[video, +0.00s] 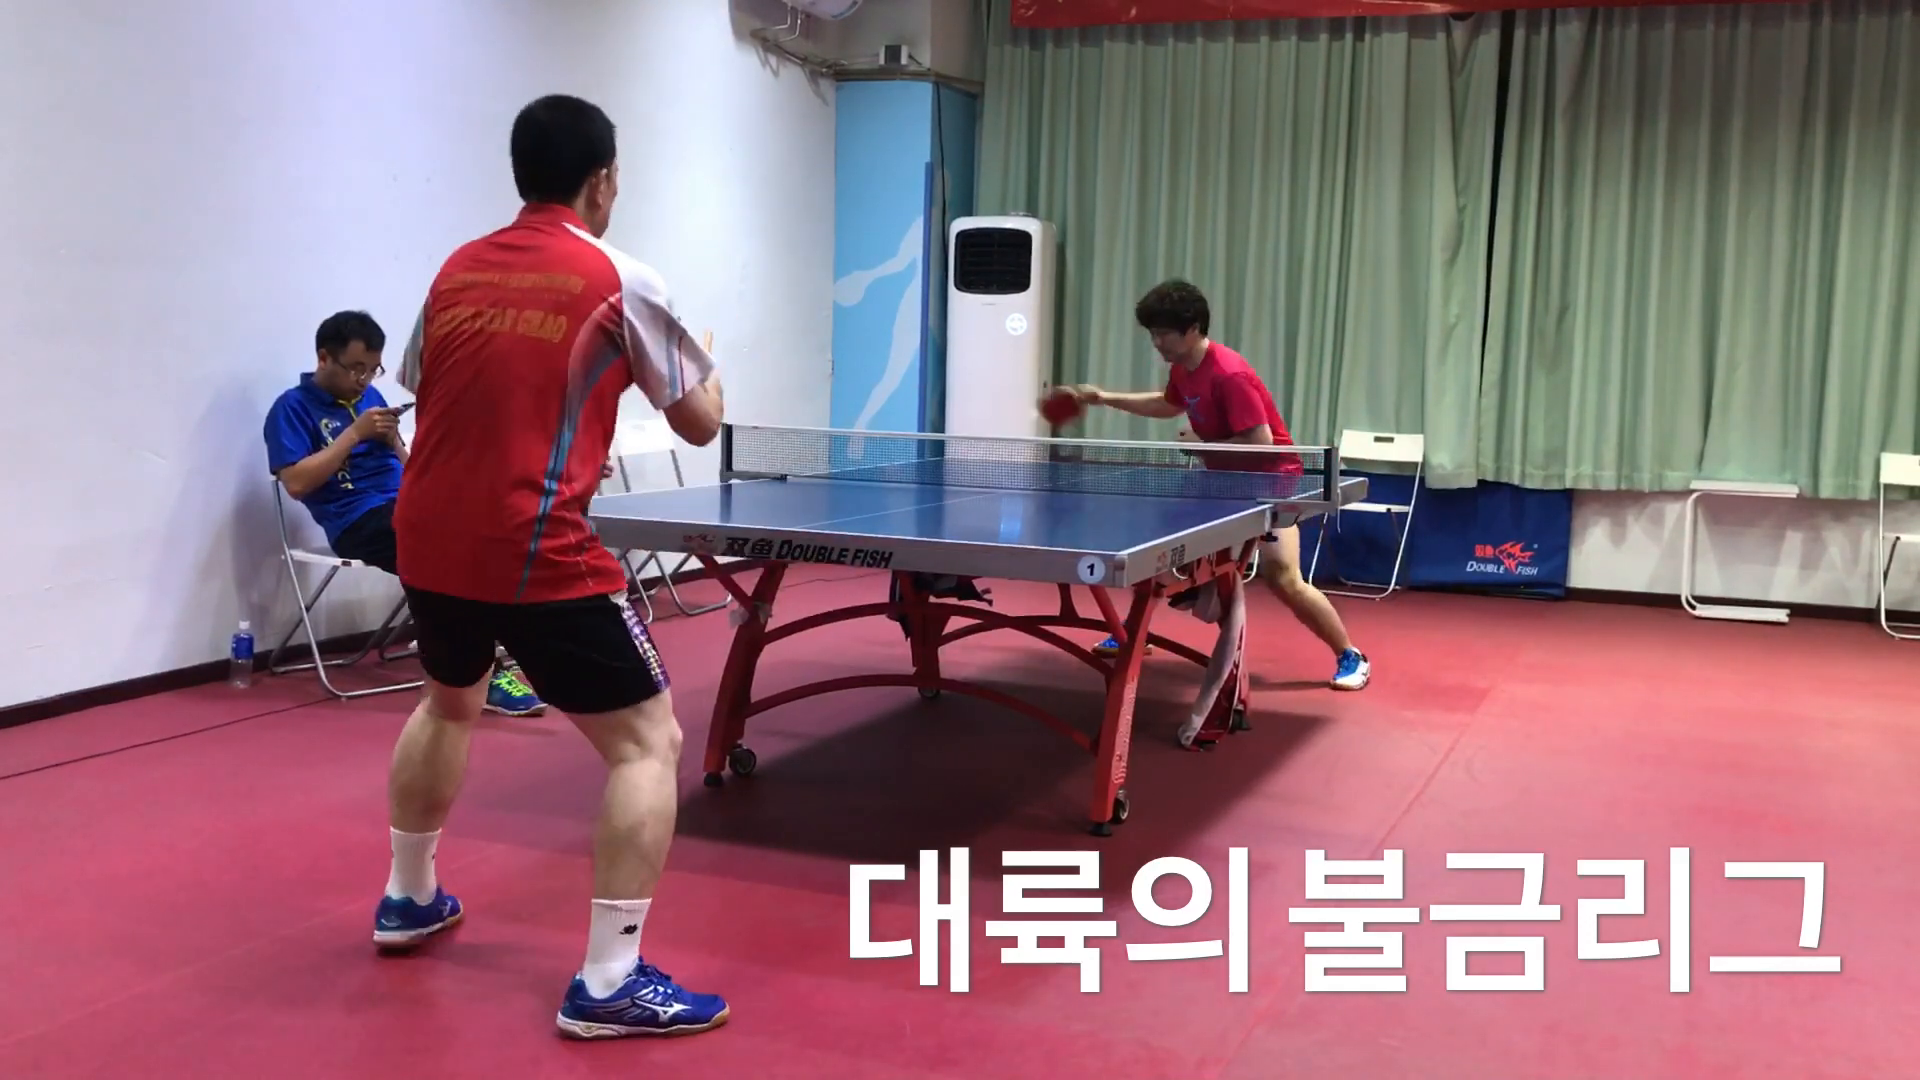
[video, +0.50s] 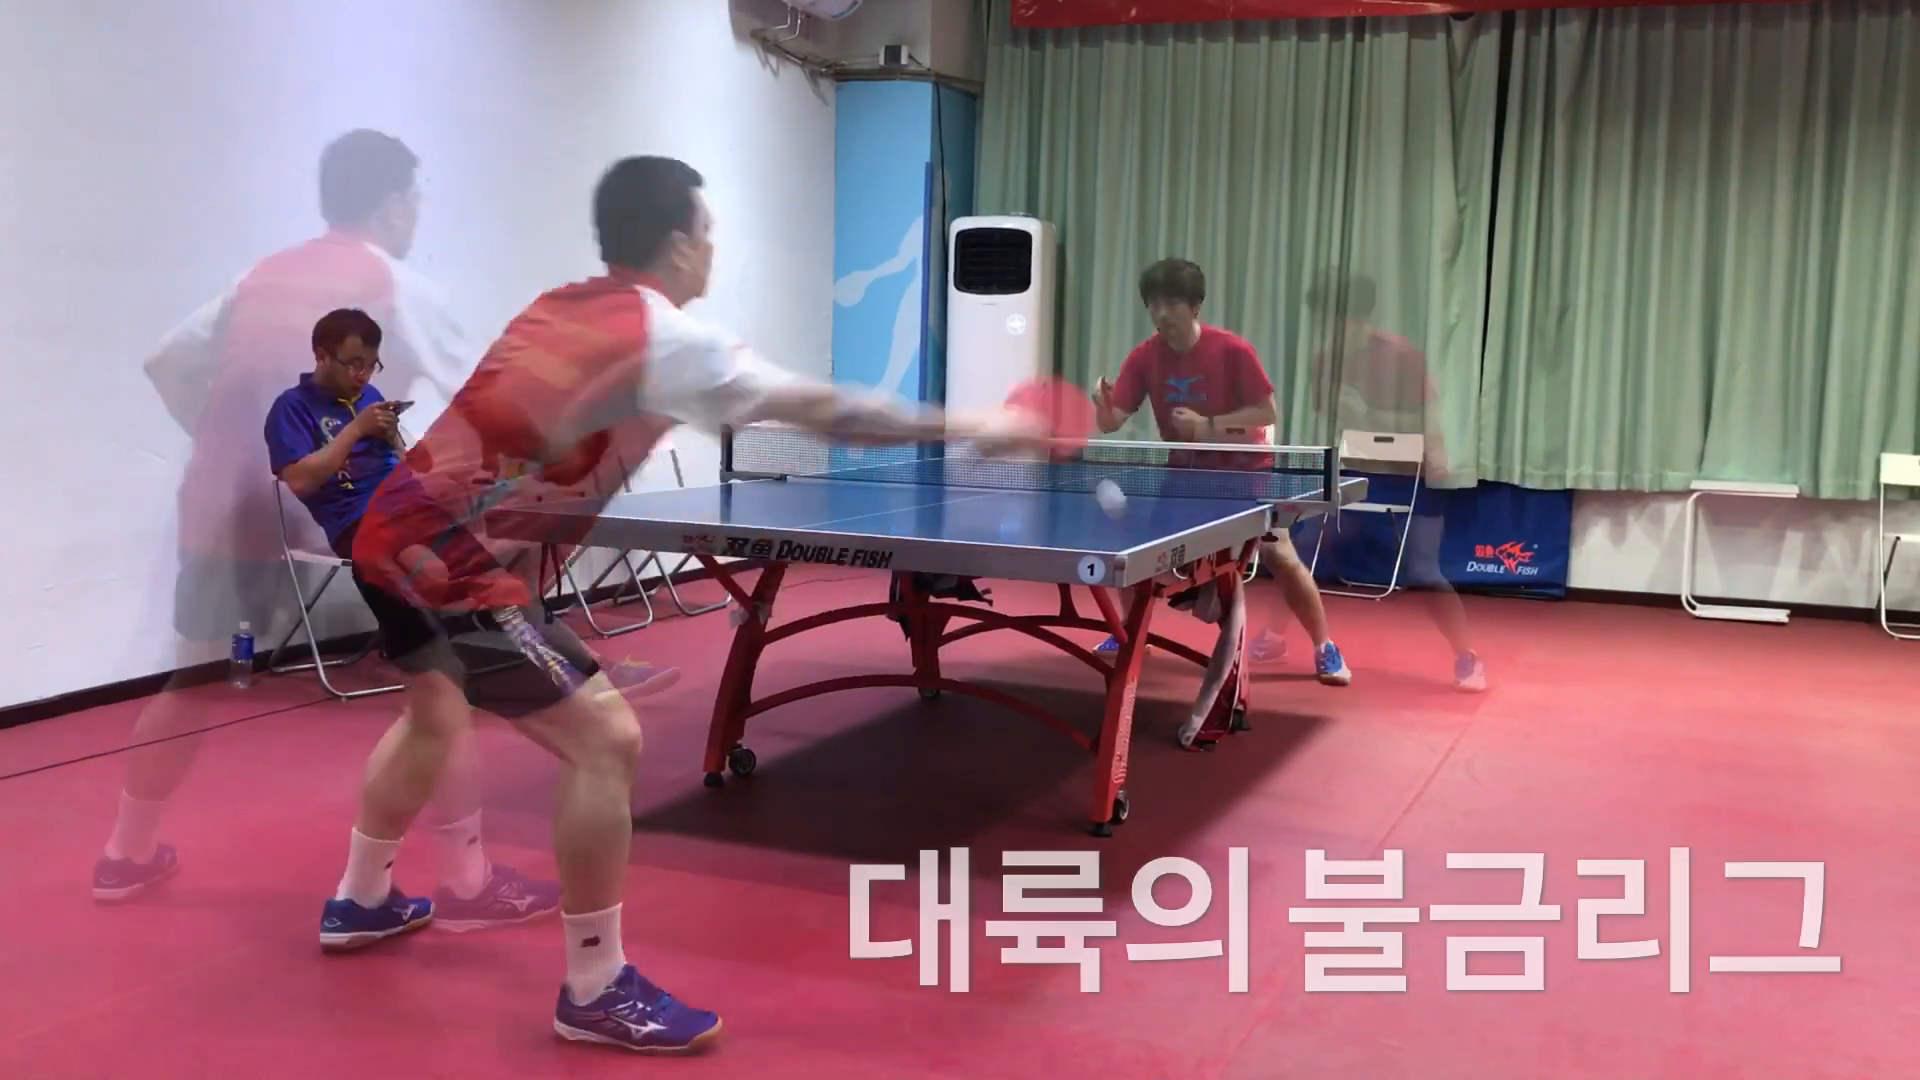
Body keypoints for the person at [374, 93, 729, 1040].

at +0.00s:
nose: (616, 192)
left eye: (614, 178)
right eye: (615, 179)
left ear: (518, 179)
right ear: (598, 184)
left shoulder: (458, 266)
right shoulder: (612, 281)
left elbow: (423, 391)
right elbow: (698, 424)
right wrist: (706, 380)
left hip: (428, 544)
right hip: (540, 554)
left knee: (448, 703)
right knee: (646, 743)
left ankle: (408, 898)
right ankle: (609, 979)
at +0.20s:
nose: (659, 197)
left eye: (656, 179)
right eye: (659, 179)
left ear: (567, 174)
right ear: (639, 182)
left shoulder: (511, 255)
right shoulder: (605, 271)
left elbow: (523, 410)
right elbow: (658, 440)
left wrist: (631, 459)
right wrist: (745, 481)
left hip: (423, 535)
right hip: (509, 551)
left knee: (453, 712)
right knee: (615, 735)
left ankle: (369, 895)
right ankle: (606, 983)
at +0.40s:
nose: (678, 224)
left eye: (676, 207)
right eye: (672, 208)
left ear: (596, 218)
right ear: (636, 218)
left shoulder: (539, 290)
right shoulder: (602, 312)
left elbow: (543, 414)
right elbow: (659, 452)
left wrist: (620, 474)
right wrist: (793, 519)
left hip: (407, 557)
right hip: (471, 568)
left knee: (459, 724)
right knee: (615, 738)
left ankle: (365, 901)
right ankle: (596, 984)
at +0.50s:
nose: (712, 251)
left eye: (708, 233)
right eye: (704, 234)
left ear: (622, 238)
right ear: (675, 243)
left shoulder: (558, 307)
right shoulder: (655, 335)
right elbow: (823, 407)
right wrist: (980, 428)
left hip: (392, 539)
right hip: (444, 556)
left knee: (433, 715)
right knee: (604, 740)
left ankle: (359, 897)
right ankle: (596, 988)